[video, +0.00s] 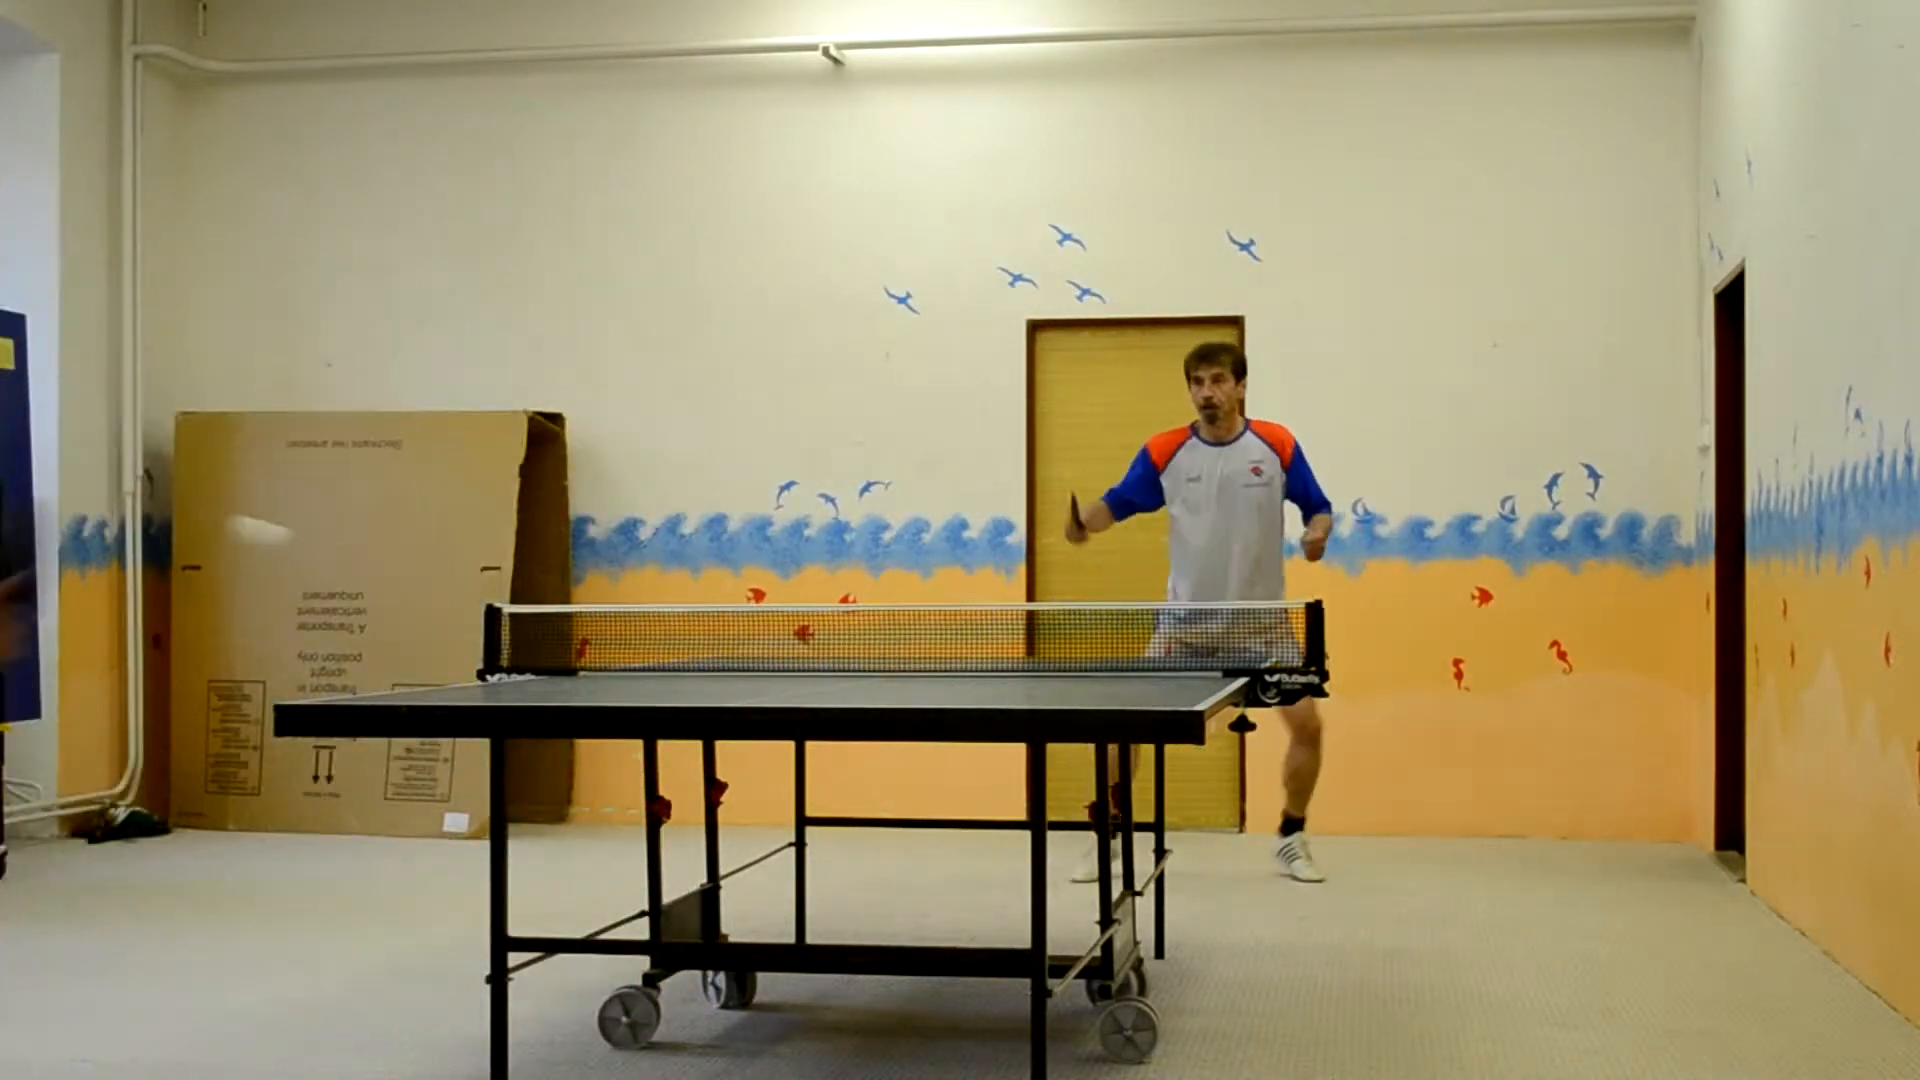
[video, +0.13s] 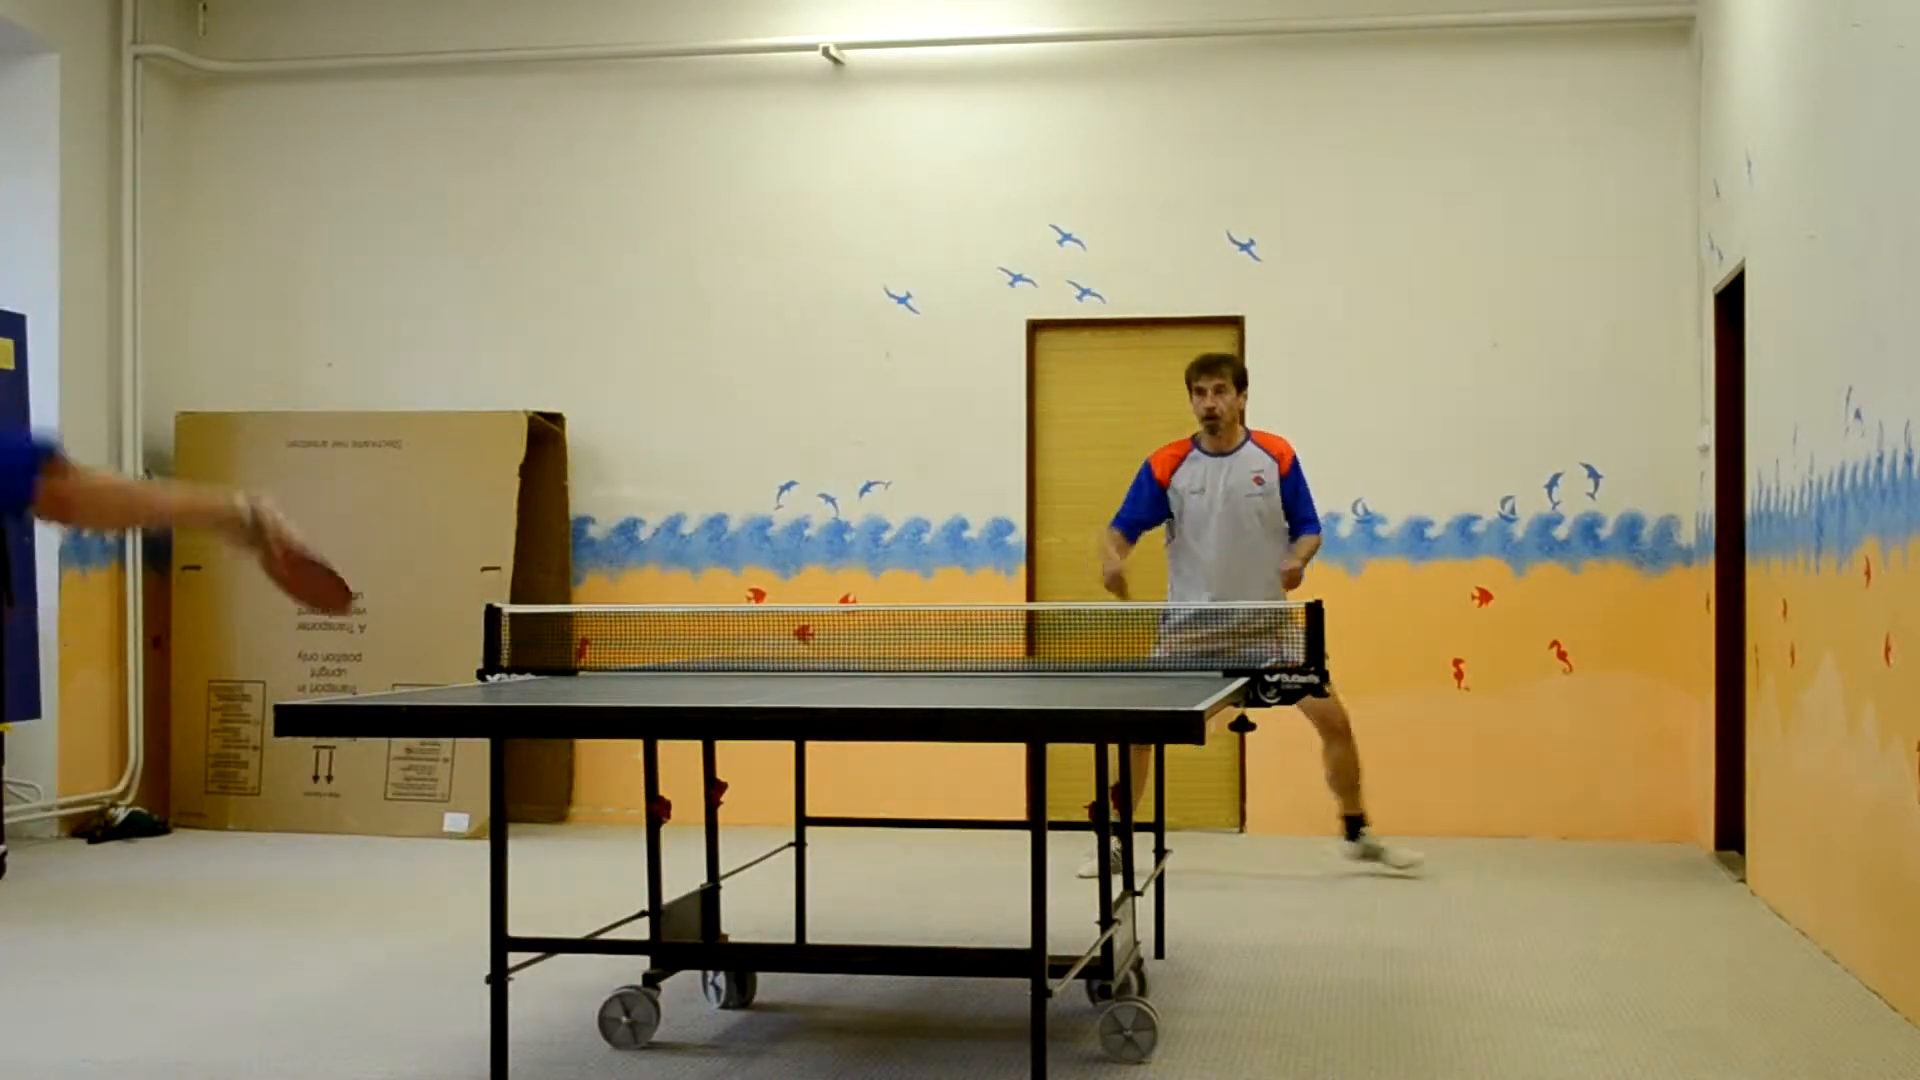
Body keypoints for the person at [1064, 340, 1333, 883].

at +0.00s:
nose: (1209, 392)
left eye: (1218, 380)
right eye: (1199, 382)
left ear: (1240, 385)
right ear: (1188, 391)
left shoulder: (1277, 444)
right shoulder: (1165, 452)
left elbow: (1318, 508)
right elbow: (1115, 503)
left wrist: (1317, 533)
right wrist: (1083, 522)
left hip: (1262, 621)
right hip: (1185, 621)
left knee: (1307, 723)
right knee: (1130, 717)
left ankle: (1292, 836)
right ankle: (1106, 835)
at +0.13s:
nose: (1210, 402)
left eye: (1220, 392)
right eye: (1200, 393)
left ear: (1240, 396)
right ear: (1190, 399)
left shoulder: (1276, 456)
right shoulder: (1166, 465)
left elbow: (1309, 529)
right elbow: (1120, 530)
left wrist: (1297, 559)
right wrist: (1112, 562)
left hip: (1266, 627)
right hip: (1189, 629)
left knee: (1334, 720)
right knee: (1139, 726)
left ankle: (1356, 833)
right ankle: (1118, 839)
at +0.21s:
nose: (1221, 417)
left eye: (1232, 407)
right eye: (1212, 408)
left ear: (1251, 412)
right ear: (1201, 413)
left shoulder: (1285, 471)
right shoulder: (1177, 479)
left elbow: (1314, 548)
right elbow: (1136, 549)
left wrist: (1296, 571)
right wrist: (1150, 594)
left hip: (1274, 640)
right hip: (1200, 644)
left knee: (1351, 734)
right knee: (1143, 731)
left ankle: (1396, 835)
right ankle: (1116, 839)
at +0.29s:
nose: (1250, 432)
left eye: (1260, 422)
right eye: (1241, 423)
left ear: (1278, 427)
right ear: (1229, 428)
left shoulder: (1309, 482)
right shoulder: (1205, 491)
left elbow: (1337, 560)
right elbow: (1177, 570)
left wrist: (1315, 571)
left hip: (1291, 642)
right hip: (1221, 643)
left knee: (1375, 737)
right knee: (1156, 738)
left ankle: (1405, 843)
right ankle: (1115, 842)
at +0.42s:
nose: (1329, 443)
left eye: (1337, 432)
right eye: (1318, 434)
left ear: (1351, 435)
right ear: (1304, 440)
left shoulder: (1369, 484)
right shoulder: (1285, 509)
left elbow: (1392, 560)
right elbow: (1285, 608)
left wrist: (1386, 557)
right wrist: (1361, 643)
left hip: (1341, 645)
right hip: (1272, 644)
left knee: (1408, 734)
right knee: (1203, 743)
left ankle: (1414, 850)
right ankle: (1134, 839)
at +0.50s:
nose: (1375, 434)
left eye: (1383, 423)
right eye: (1364, 425)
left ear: (1394, 426)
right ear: (1345, 430)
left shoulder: (1399, 469)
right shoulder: (1331, 497)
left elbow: (1412, 531)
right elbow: (1347, 592)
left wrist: (1434, 554)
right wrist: (1415, 624)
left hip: (1378, 630)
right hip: (1318, 628)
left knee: (1436, 729)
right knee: (1245, 733)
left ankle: (1417, 847)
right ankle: (1176, 830)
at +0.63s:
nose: (1406, 402)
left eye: (1414, 391)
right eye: (1395, 393)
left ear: (1426, 396)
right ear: (1376, 402)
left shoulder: (1439, 449)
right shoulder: (1353, 461)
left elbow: (1421, 515)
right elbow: (1316, 535)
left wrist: (1448, 548)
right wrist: (1343, 513)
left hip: (1426, 616)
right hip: (1363, 619)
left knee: (1488, 714)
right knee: (1333, 726)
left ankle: (1444, 825)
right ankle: (1285, 816)